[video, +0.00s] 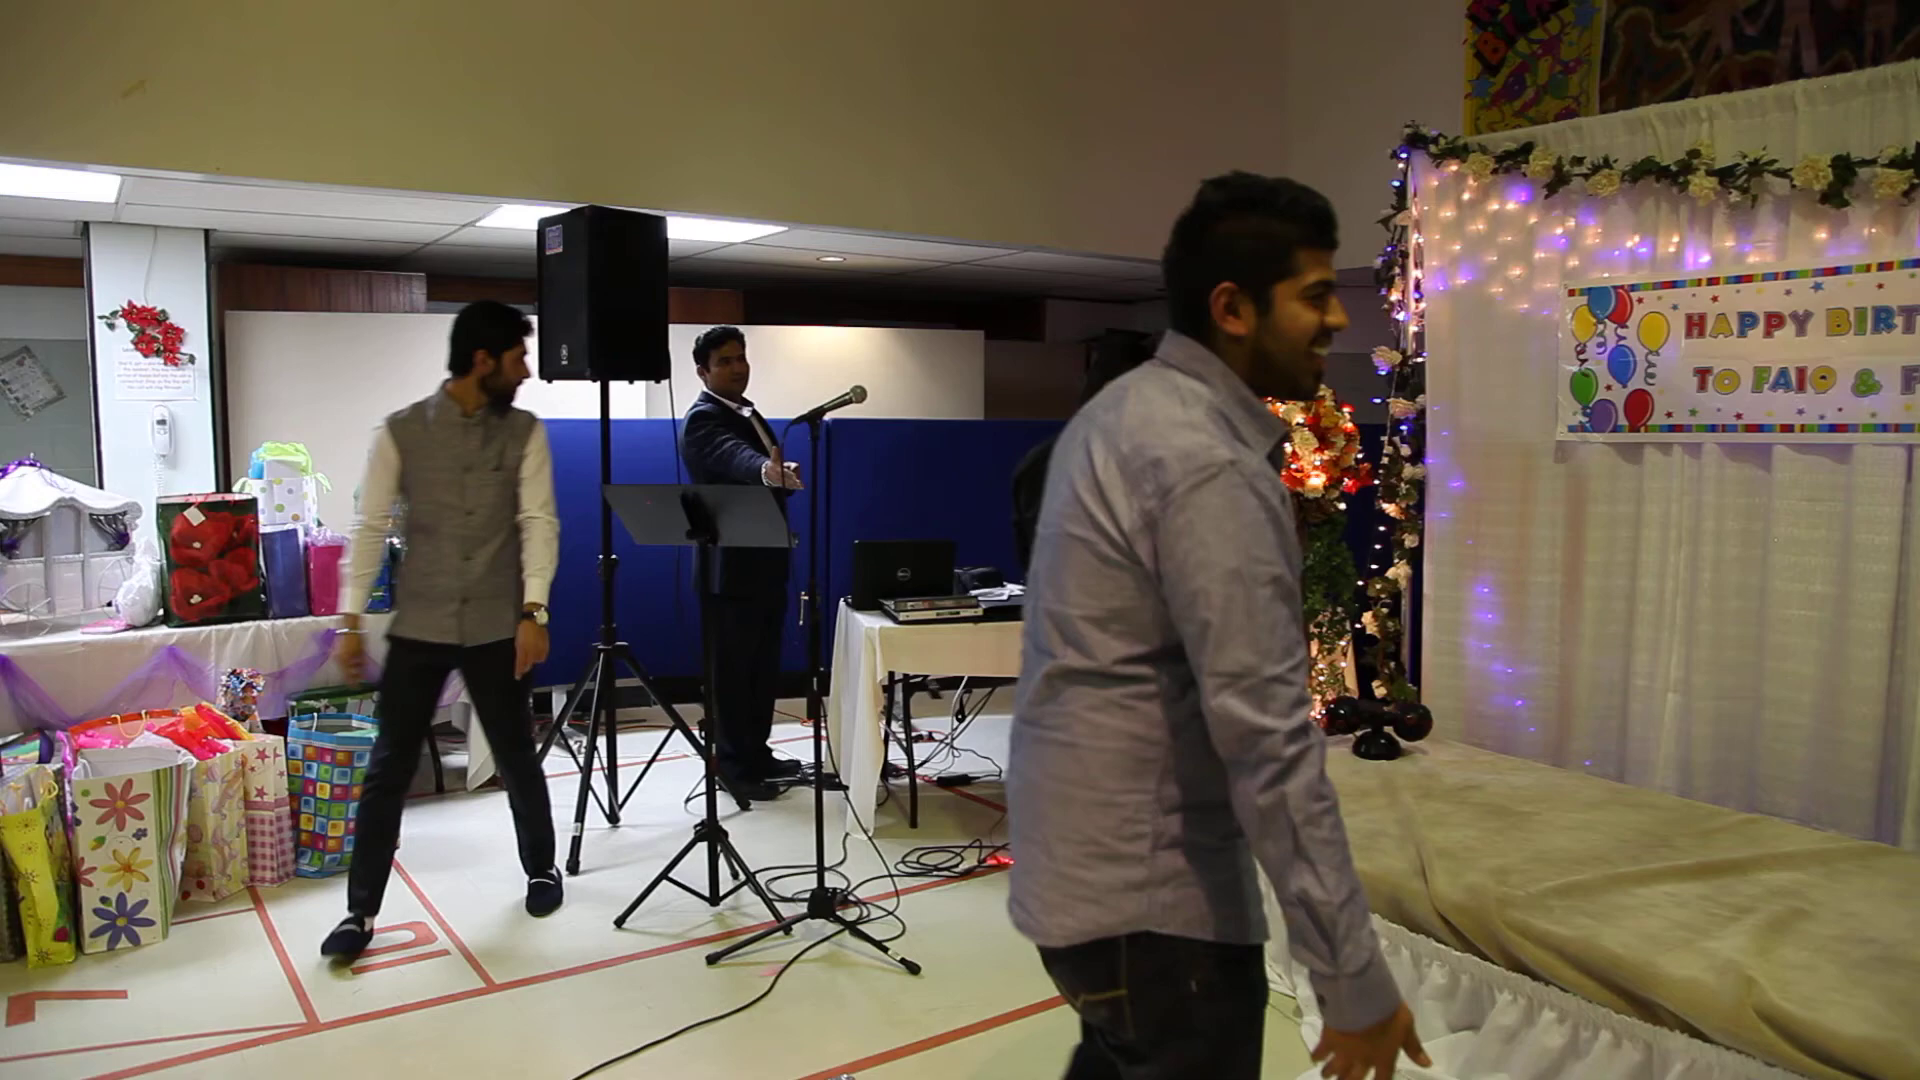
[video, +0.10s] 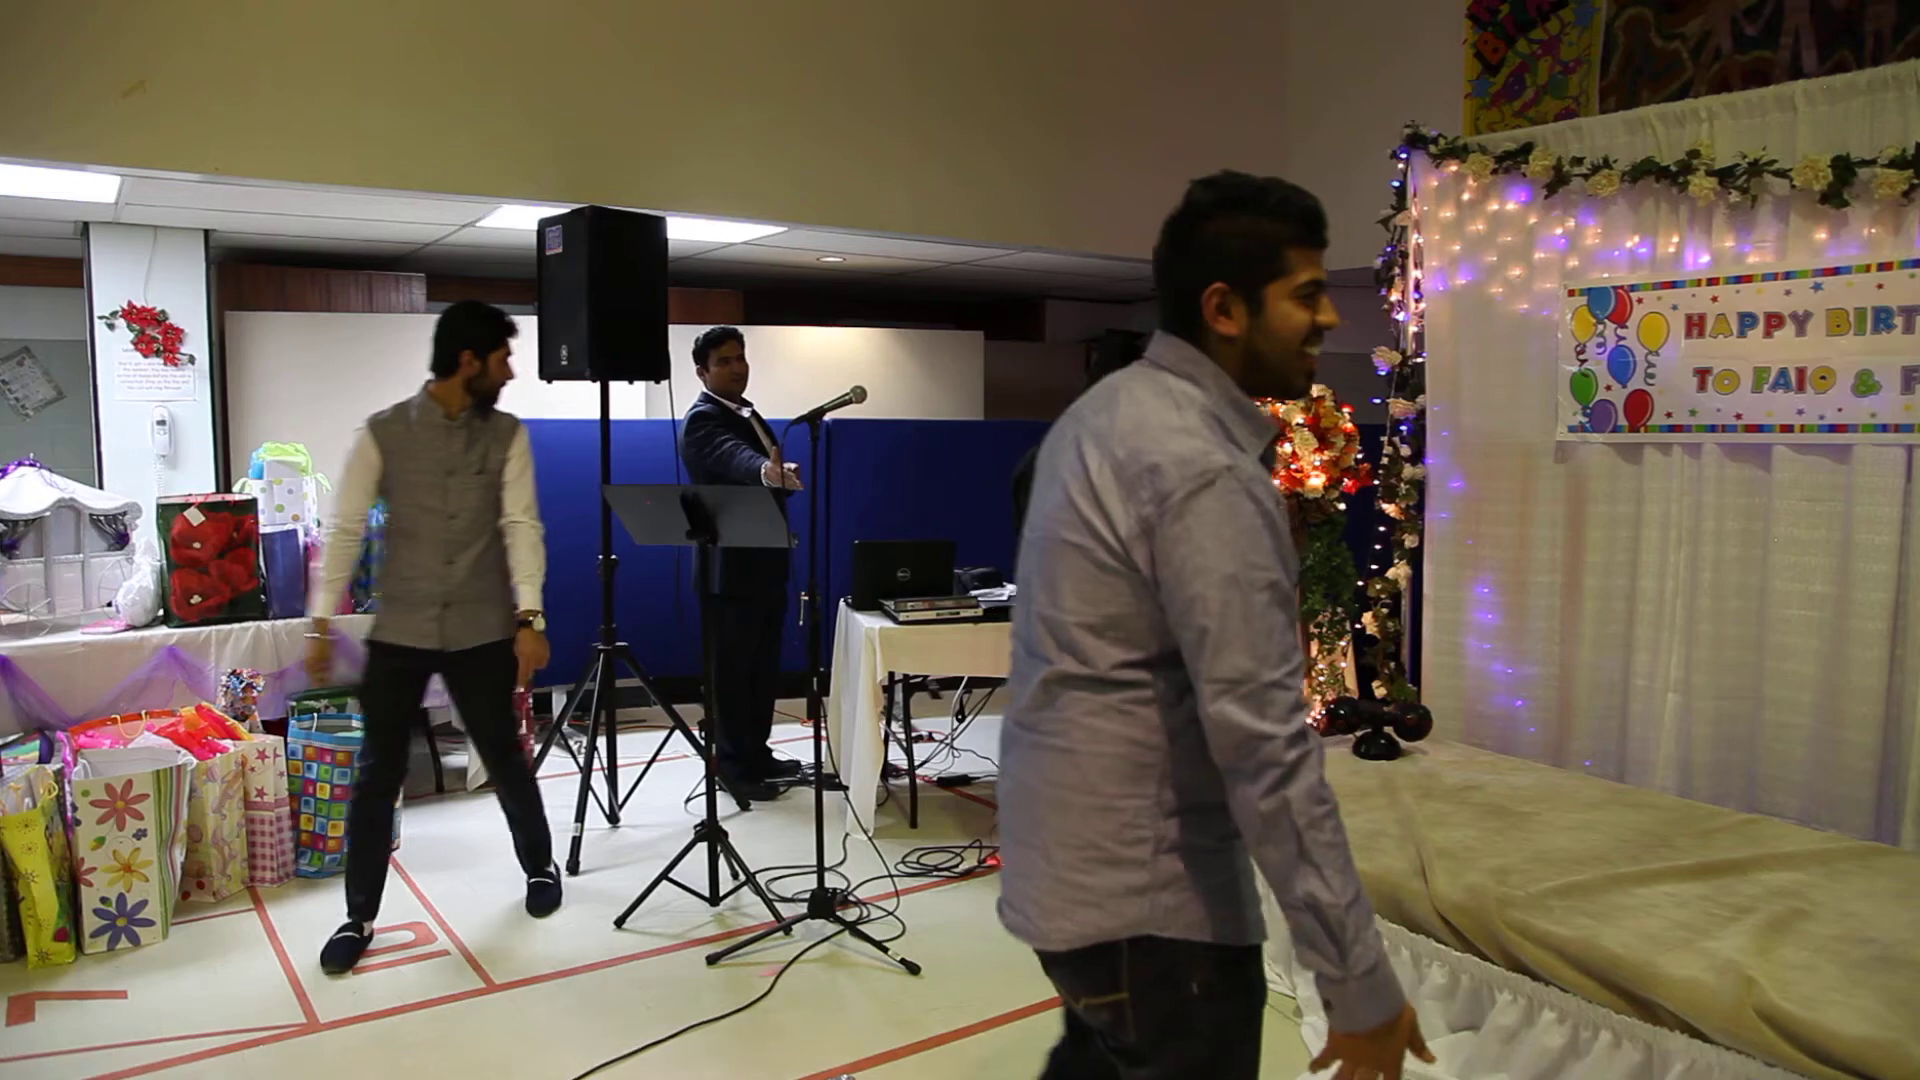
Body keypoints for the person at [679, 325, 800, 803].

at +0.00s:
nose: (737, 367)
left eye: (741, 358)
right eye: (726, 361)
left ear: (747, 363)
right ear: (703, 369)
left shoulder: (752, 417)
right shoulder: (701, 420)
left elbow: (771, 475)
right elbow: (723, 455)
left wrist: (787, 477)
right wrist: (763, 468)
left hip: (766, 560)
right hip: (729, 564)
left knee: (762, 662)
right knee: (733, 665)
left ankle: (758, 756)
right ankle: (734, 769)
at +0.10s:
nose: (737, 367)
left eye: (740, 358)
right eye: (725, 361)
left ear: (746, 363)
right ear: (703, 370)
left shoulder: (752, 418)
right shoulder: (700, 421)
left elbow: (771, 474)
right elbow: (723, 456)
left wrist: (787, 477)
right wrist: (763, 469)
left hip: (766, 560)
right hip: (729, 564)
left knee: (762, 662)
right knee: (733, 664)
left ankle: (758, 756)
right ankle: (734, 769)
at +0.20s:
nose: (736, 367)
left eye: (740, 358)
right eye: (724, 360)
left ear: (746, 363)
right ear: (703, 369)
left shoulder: (753, 418)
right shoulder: (700, 421)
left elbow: (770, 473)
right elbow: (723, 455)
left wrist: (787, 477)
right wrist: (763, 469)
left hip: (766, 560)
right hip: (728, 564)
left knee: (762, 662)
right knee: (732, 665)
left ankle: (758, 756)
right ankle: (735, 769)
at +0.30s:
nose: (736, 367)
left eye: (740, 358)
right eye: (724, 360)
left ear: (746, 363)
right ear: (703, 369)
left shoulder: (752, 418)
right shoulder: (700, 421)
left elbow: (770, 470)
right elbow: (721, 457)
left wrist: (789, 475)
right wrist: (763, 470)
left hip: (766, 560)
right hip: (728, 564)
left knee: (762, 662)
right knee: (732, 665)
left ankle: (758, 756)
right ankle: (735, 769)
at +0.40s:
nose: (736, 366)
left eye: (739, 358)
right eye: (723, 360)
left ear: (746, 363)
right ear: (702, 369)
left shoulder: (752, 417)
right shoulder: (700, 421)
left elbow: (769, 468)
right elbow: (721, 457)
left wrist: (788, 472)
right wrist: (762, 470)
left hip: (766, 560)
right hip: (728, 564)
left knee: (762, 662)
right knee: (732, 665)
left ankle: (758, 756)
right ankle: (734, 769)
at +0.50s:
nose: (735, 367)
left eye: (739, 358)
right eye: (723, 360)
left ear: (746, 363)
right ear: (702, 369)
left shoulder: (752, 417)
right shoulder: (699, 421)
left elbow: (768, 468)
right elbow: (722, 457)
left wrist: (787, 473)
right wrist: (763, 472)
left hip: (766, 560)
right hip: (728, 564)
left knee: (762, 662)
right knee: (732, 665)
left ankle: (758, 756)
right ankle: (734, 769)